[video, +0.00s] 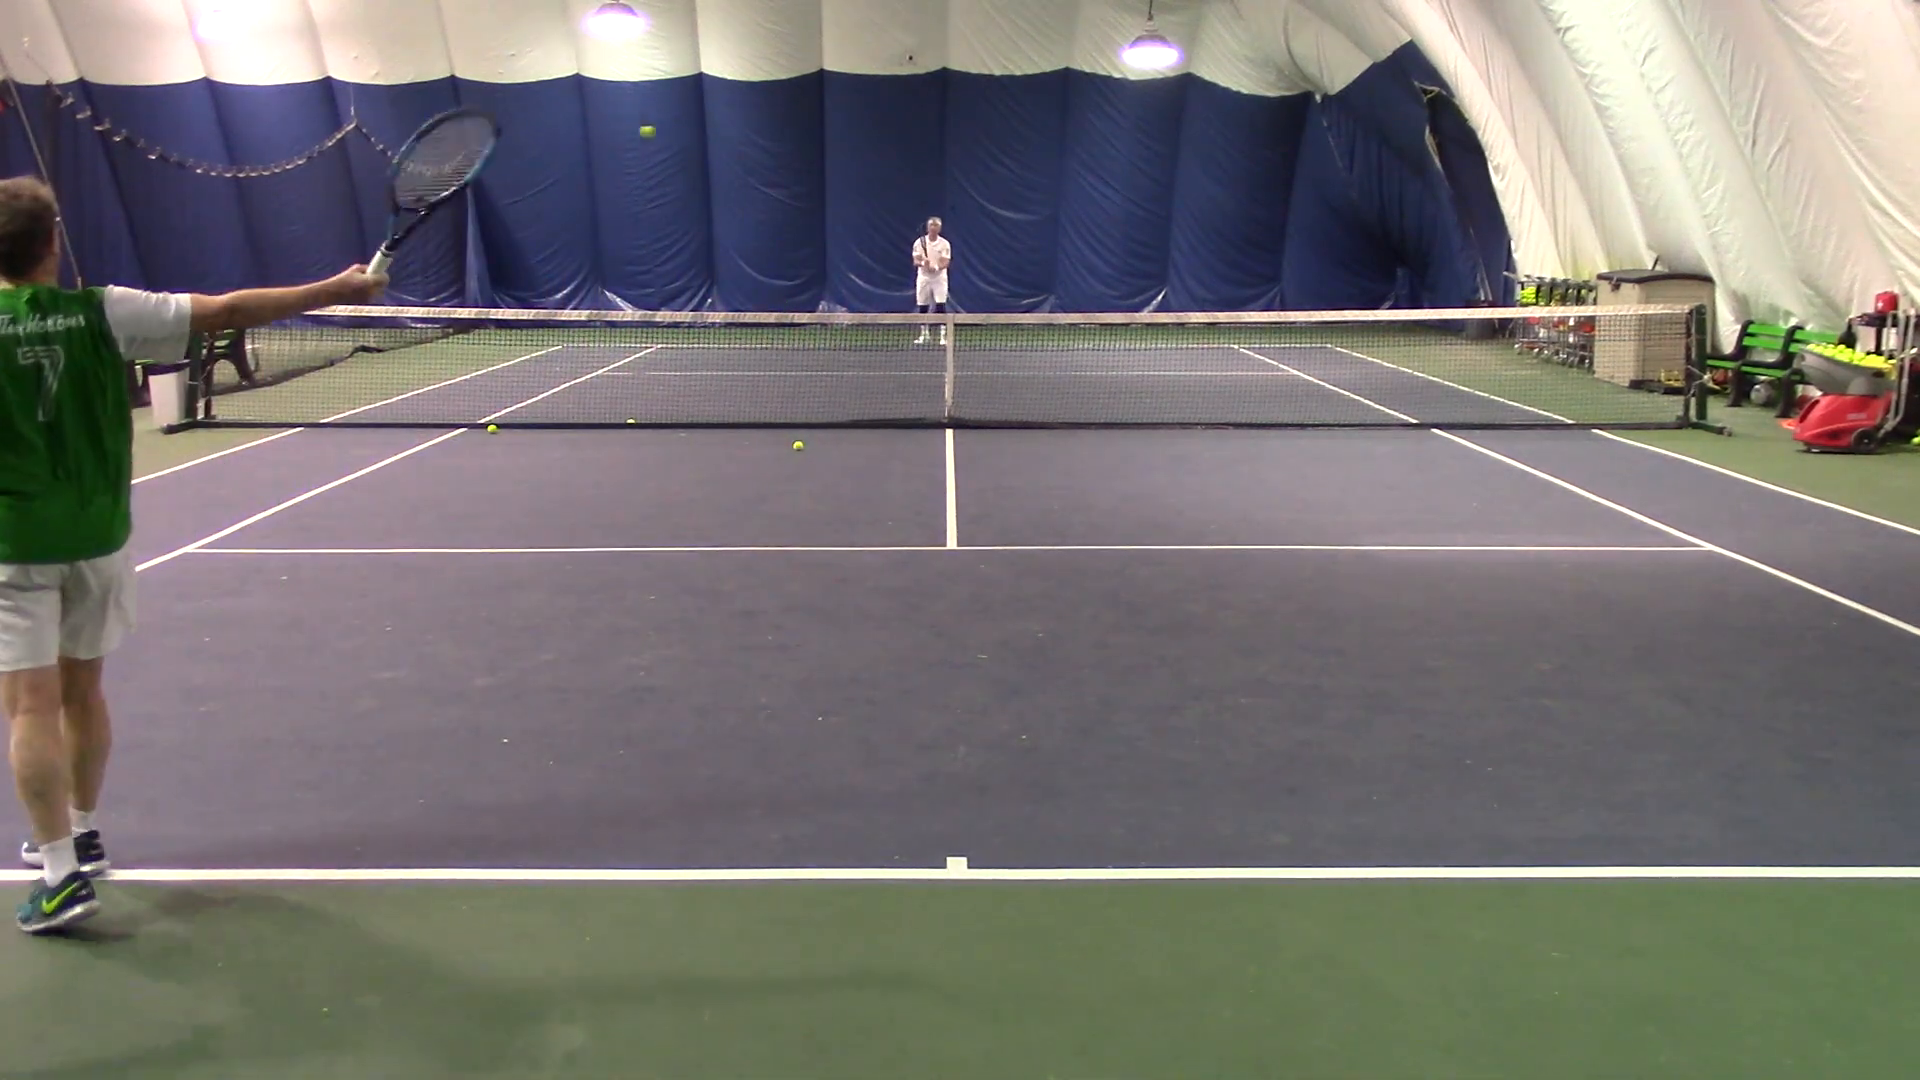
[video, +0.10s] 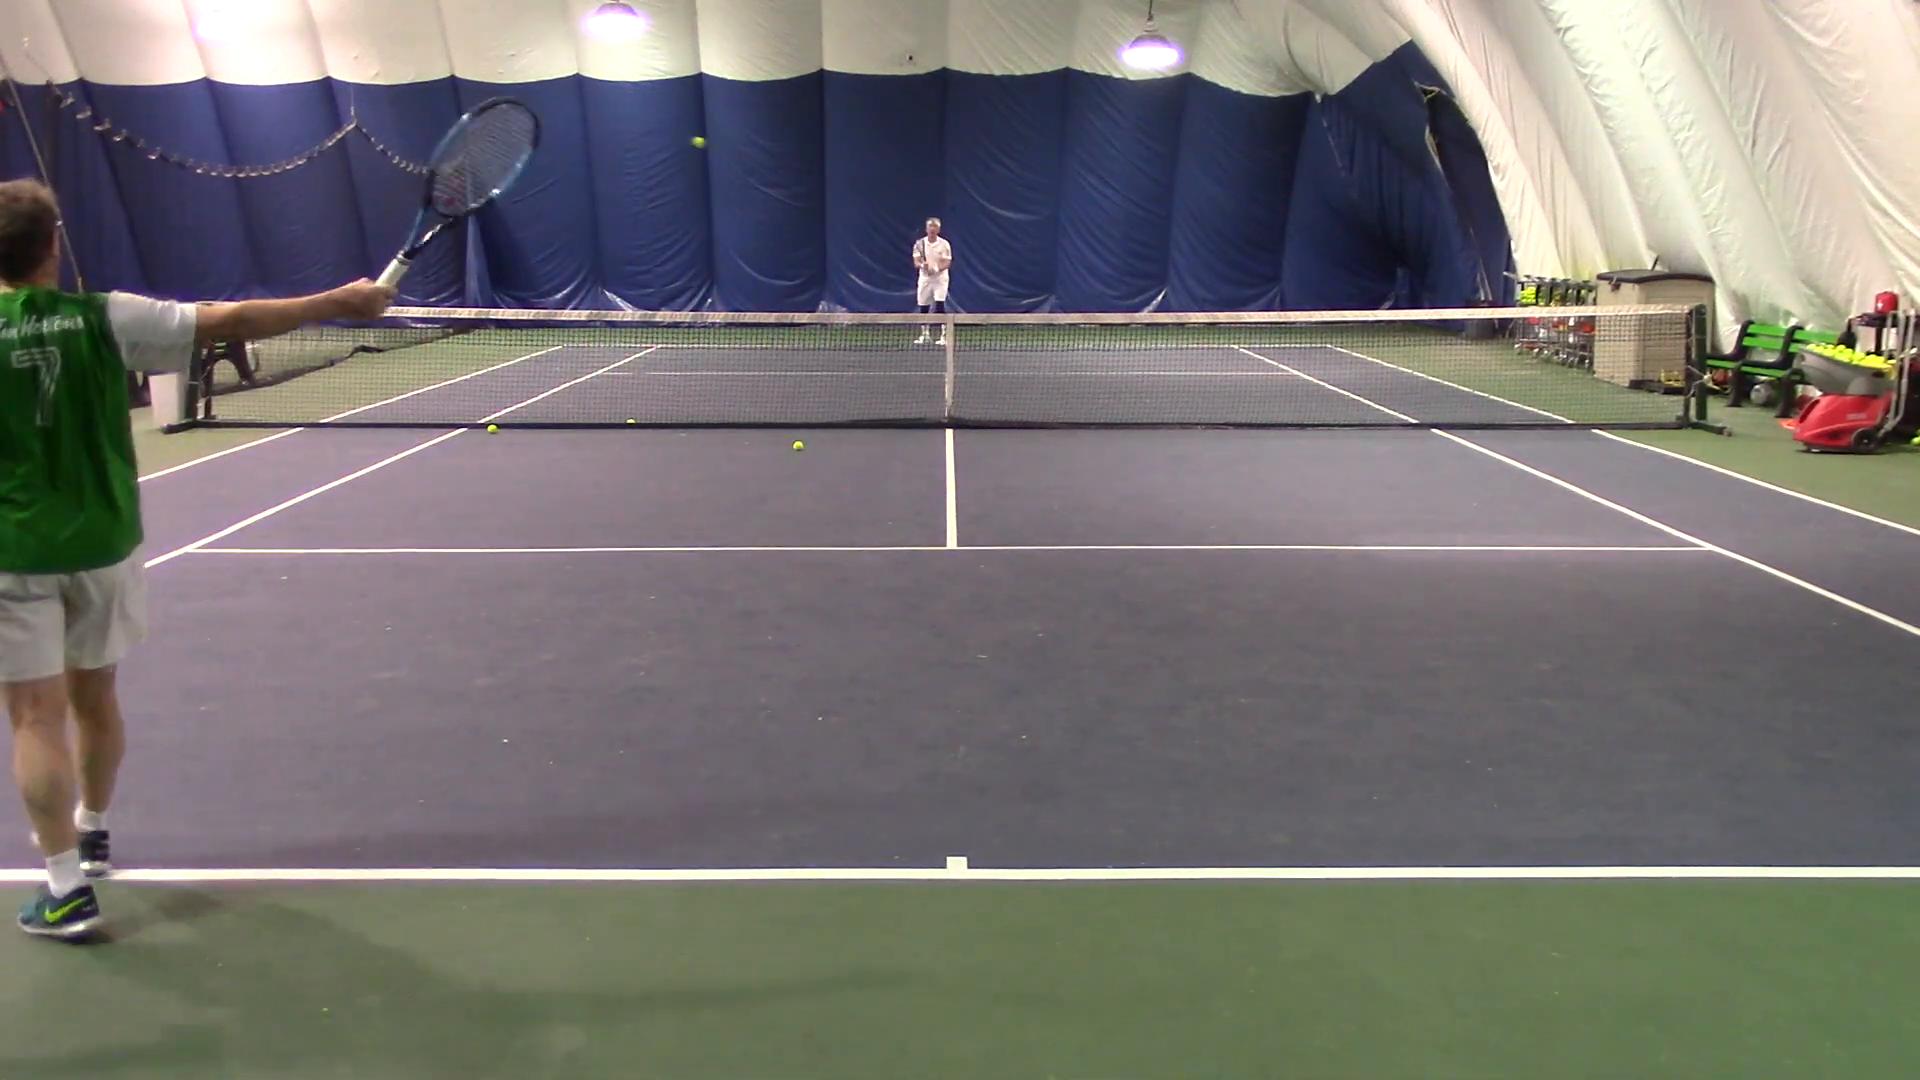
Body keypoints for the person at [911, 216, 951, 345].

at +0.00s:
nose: (933, 229)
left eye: (936, 226)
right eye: (931, 226)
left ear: (940, 228)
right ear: (928, 227)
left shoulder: (945, 244)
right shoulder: (919, 242)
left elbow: (946, 260)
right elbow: (916, 260)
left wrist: (938, 266)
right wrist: (924, 263)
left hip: (939, 277)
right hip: (924, 277)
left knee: (940, 305)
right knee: (923, 305)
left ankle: (943, 333)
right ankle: (924, 332)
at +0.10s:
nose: (932, 231)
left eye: (935, 229)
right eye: (930, 229)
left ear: (938, 230)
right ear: (927, 229)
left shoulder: (945, 244)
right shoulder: (919, 244)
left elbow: (947, 261)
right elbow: (916, 261)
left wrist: (938, 268)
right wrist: (923, 265)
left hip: (940, 278)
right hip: (925, 278)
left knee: (939, 304)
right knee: (923, 306)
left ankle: (943, 334)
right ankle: (924, 333)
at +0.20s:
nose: (932, 229)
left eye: (935, 226)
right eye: (930, 226)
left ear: (939, 228)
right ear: (927, 227)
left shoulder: (946, 243)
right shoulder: (921, 243)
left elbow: (949, 261)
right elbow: (918, 259)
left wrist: (938, 268)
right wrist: (924, 266)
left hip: (941, 278)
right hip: (927, 277)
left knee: (940, 305)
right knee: (925, 305)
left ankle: (943, 334)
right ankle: (925, 333)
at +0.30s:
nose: (933, 228)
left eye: (936, 226)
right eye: (931, 226)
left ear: (940, 227)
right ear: (928, 227)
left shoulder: (948, 243)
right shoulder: (924, 243)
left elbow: (951, 260)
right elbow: (921, 259)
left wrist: (940, 267)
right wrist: (927, 266)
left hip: (944, 278)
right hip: (930, 277)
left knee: (943, 305)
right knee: (927, 304)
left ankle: (944, 334)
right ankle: (928, 332)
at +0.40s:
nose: (935, 229)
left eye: (938, 226)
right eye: (933, 226)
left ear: (942, 227)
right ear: (930, 228)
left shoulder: (949, 242)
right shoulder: (926, 243)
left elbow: (951, 260)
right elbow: (924, 259)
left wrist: (940, 267)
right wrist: (928, 266)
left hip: (946, 276)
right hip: (933, 275)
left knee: (945, 304)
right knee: (929, 304)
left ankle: (944, 334)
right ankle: (935, 332)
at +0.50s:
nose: (937, 229)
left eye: (940, 226)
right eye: (935, 226)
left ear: (944, 227)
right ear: (932, 227)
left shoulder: (950, 242)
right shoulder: (928, 242)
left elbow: (951, 260)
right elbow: (926, 257)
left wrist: (939, 266)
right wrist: (928, 264)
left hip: (947, 276)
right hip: (935, 275)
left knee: (945, 305)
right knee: (933, 304)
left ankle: (948, 333)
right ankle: (943, 330)